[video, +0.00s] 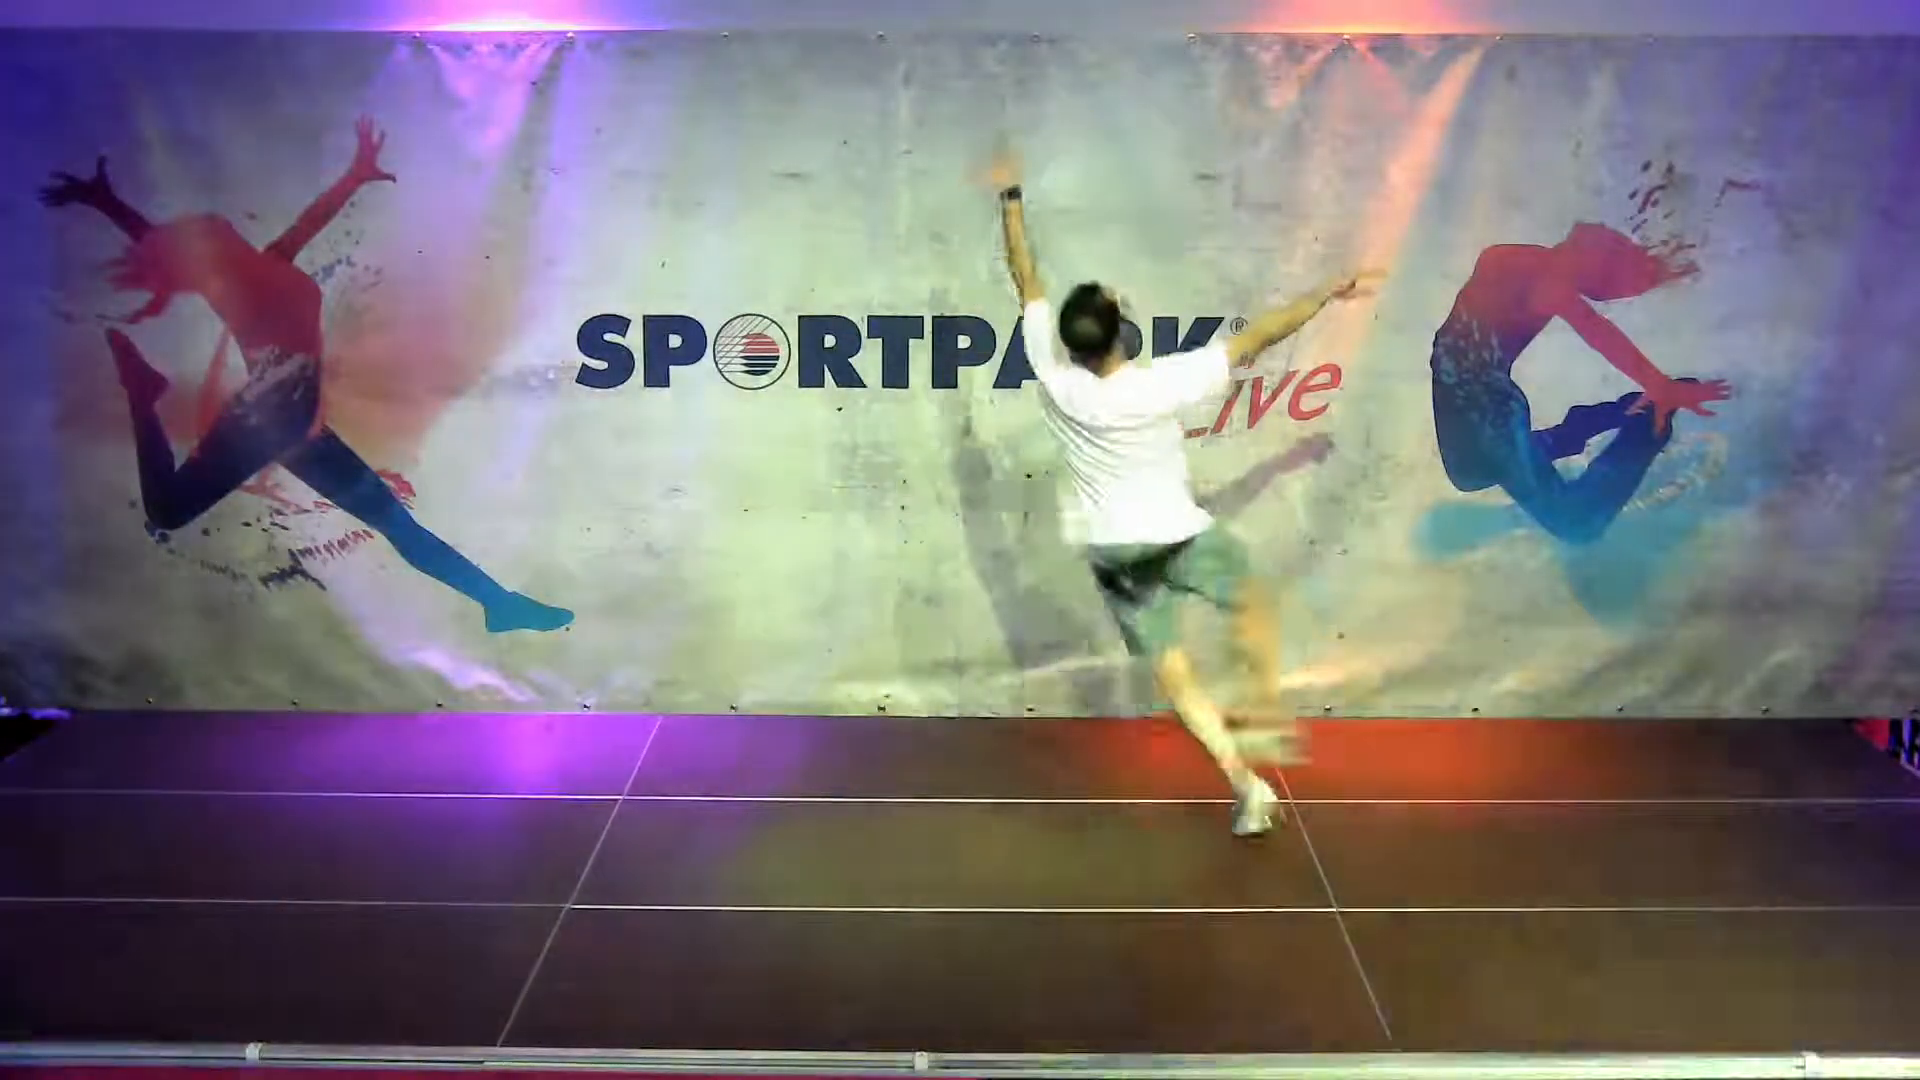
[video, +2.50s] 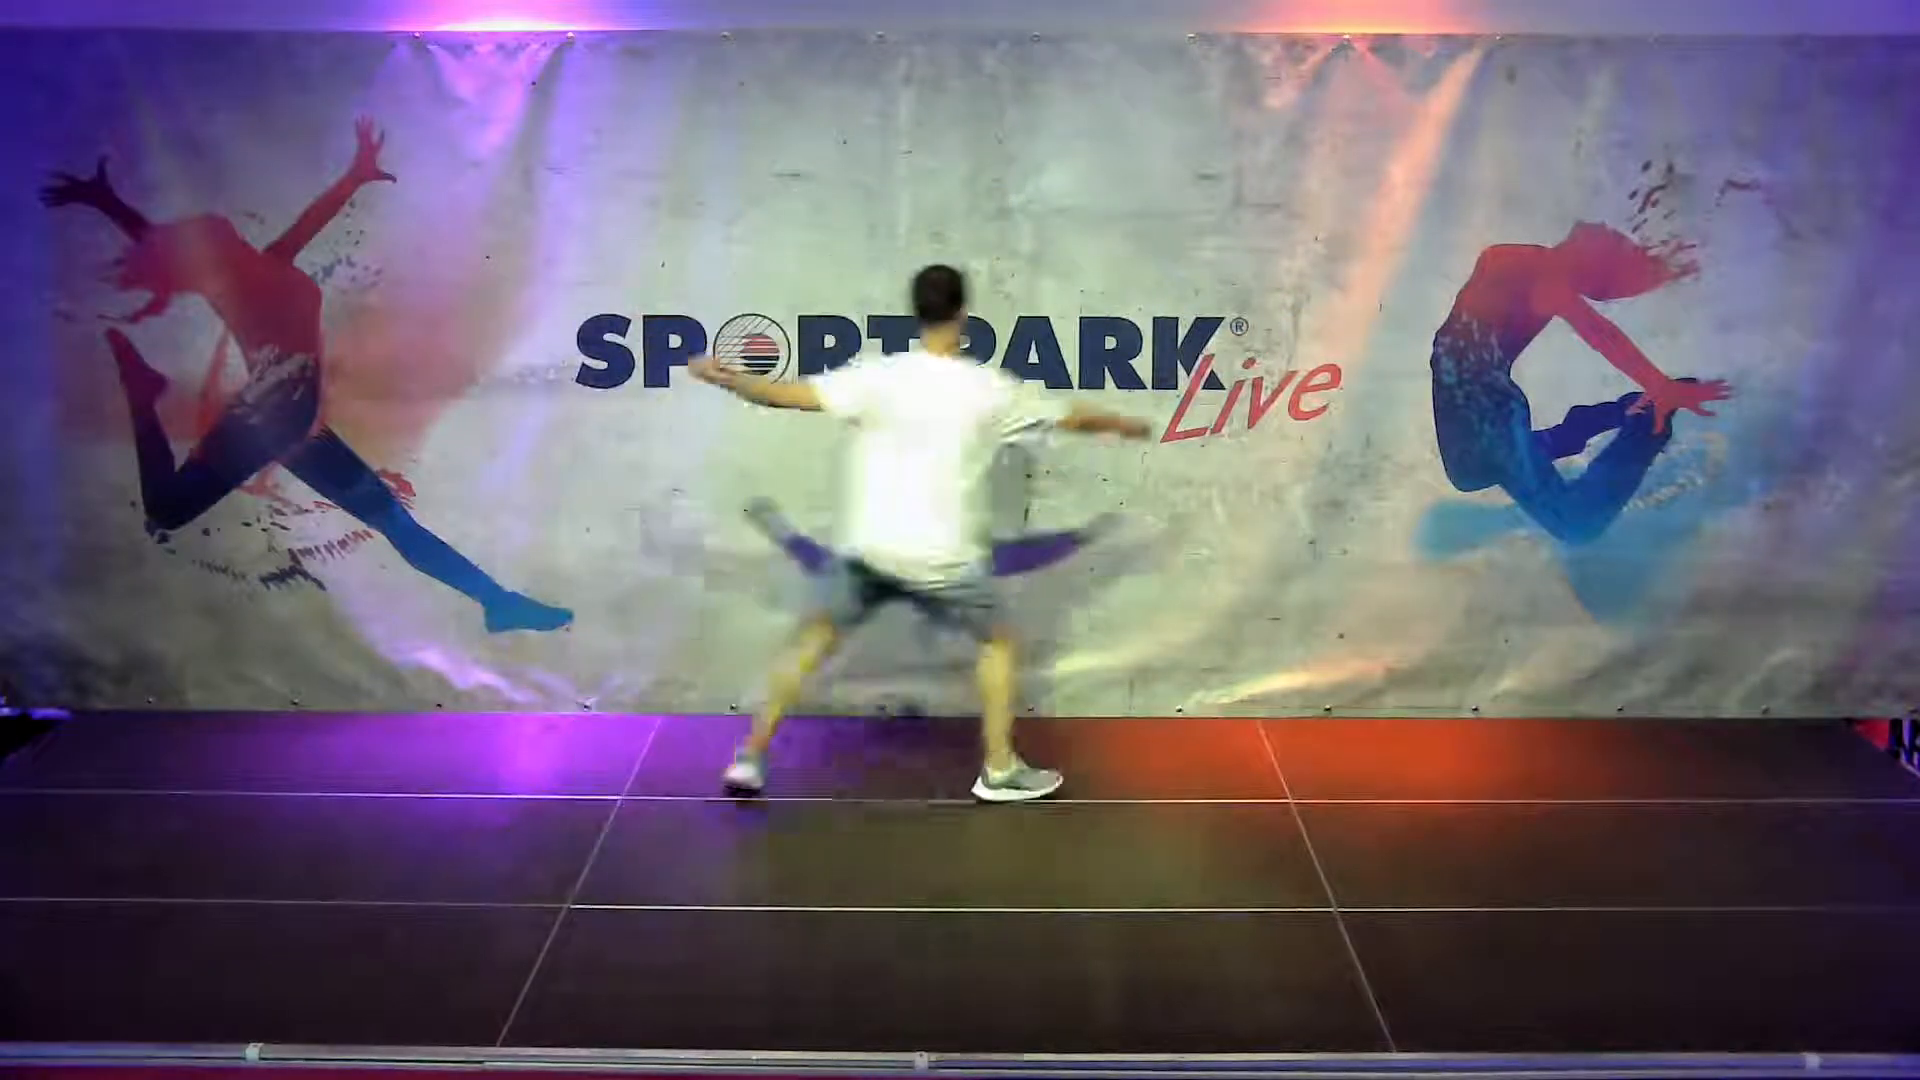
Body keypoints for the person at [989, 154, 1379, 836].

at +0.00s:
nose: (1123, 328)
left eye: (1099, 326)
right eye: (1121, 323)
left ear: (1070, 340)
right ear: (1121, 334)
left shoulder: (1056, 380)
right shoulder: (1159, 383)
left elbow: (1025, 282)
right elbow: (1249, 341)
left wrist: (1010, 198)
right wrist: (1324, 295)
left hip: (1108, 546)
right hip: (1173, 528)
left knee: (1171, 674)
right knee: (1251, 599)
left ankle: (1247, 786)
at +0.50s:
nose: (945, 295)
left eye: (950, 284)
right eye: (934, 286)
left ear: (955, 281)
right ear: (910, 286)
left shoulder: (898, 325)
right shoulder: (929, 354)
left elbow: (916, 266)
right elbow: (981, 415)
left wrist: (911, 212)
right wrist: (996, 403)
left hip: (885, 485)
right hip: (919, 494)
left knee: (910, 606)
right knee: (963, 606)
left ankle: (891, 729)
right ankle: (993, 732)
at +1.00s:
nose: (687, 316)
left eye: (700, 307)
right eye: (681, 305)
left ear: (724, 313)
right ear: (672, 308)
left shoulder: (750, 375)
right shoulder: (646, 372)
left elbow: (817, 413)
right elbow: (571, 408)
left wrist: (879, 438)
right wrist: (494, 437)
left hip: (730, 536)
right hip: (662, 533)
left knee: (714, 652)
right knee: (625, 645)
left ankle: (740, 741)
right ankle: (650, 752)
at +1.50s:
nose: (607, 332)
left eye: (622, 325)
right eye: (606, 319)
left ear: (652, 338)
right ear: (603, 322)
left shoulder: (630, 404)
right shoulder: (611, 387)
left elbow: (602, 472)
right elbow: (574, 402)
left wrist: (507, 483)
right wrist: (513, 394)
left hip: (605, 568)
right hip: (571, 555)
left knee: (527, 681)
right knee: (492, 623)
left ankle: (556, 824)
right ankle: (575, 723)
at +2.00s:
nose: (744, 289)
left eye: (742, 277)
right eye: (737, 278)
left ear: (702, 287)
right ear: (713, 286)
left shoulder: (712, 349)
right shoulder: (677, 369)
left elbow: (728, 290)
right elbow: (650, 469)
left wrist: (745, 239)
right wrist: (658, 557)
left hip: (704, 528)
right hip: (648, 533)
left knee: (737, 632)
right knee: (619, 649)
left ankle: (709, 748)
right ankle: (580, 761)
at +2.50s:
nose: (954, 317)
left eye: (941, 307)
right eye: (959, 308)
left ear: (916, 313)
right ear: (963, 314)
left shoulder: (878, 376)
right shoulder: (988, 387)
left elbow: (793, 394)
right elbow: (1068, 416)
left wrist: (730, 379)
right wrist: (1119, 425)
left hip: (870, 549)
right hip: (944, 557)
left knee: (814, 640)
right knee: (999, 640)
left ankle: (749, 757)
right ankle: (1000, 767)